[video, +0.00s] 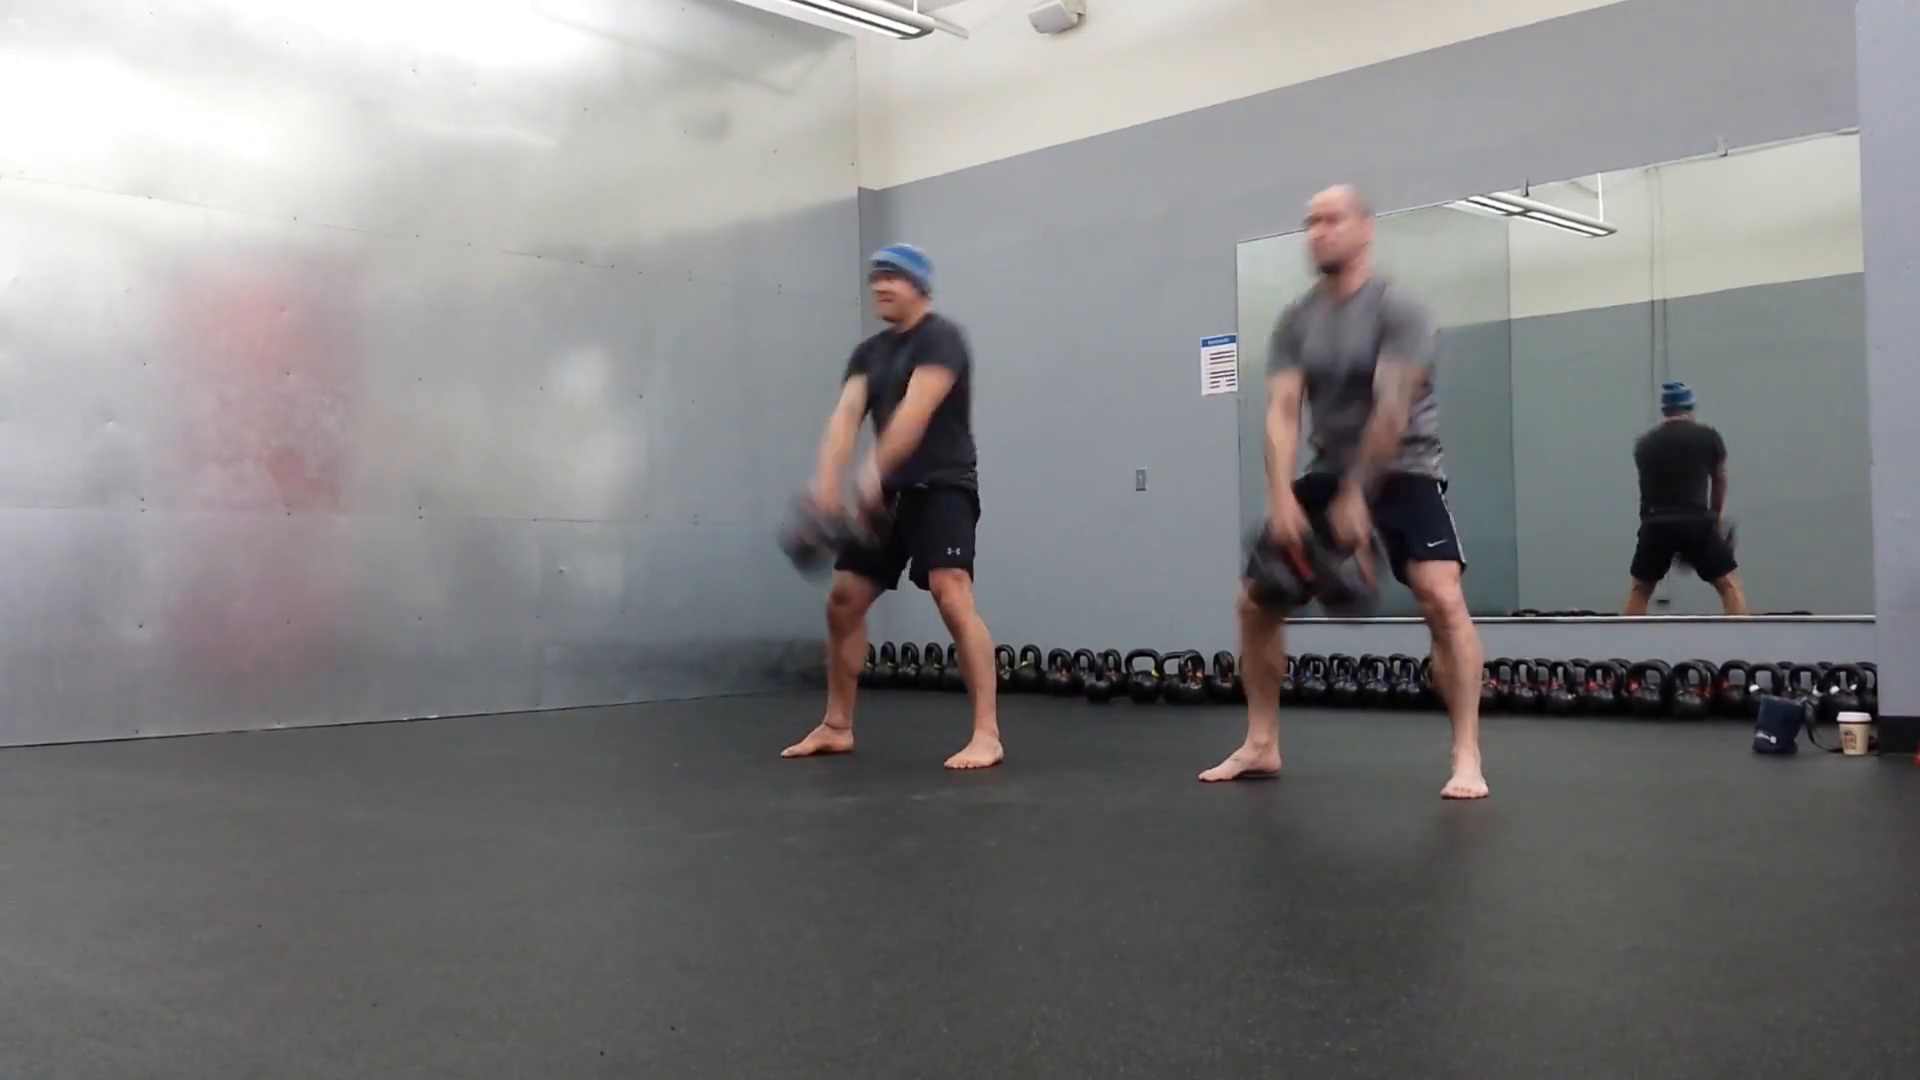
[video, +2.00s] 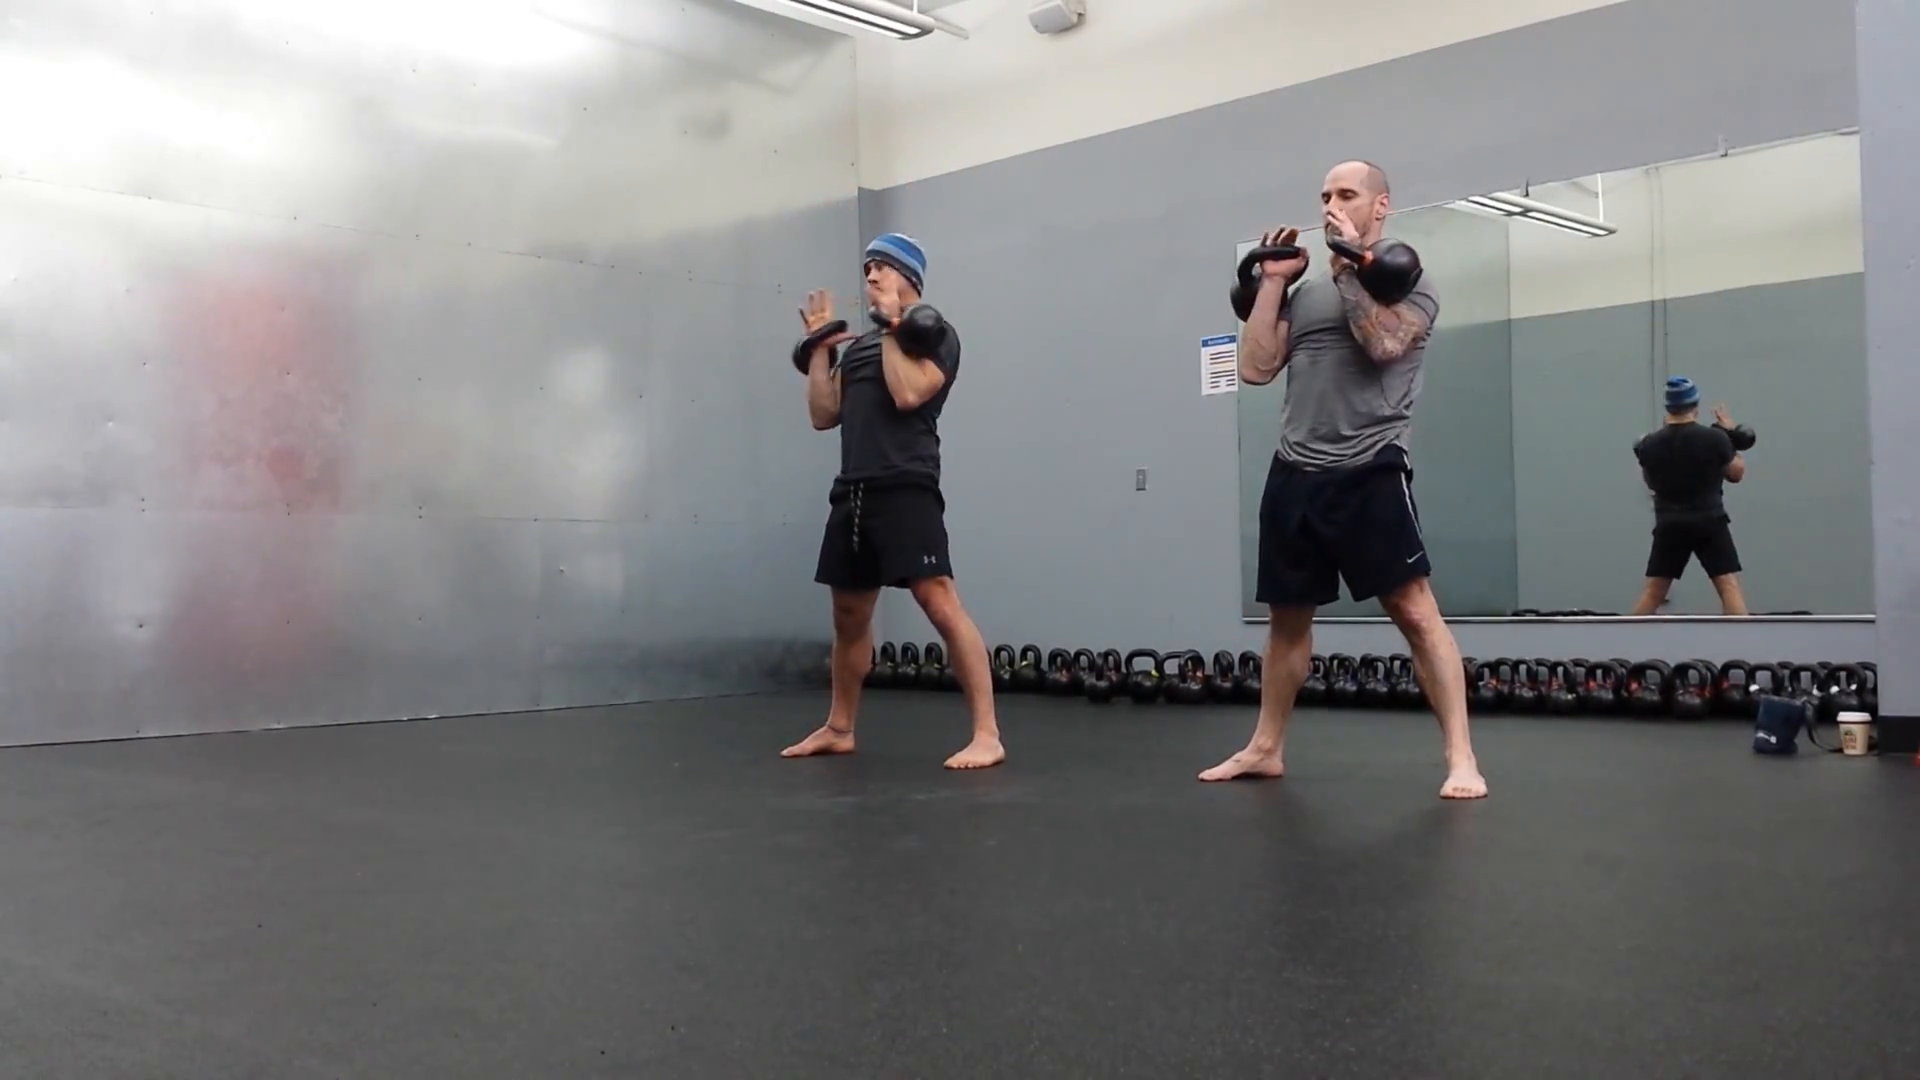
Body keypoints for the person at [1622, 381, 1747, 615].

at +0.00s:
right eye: (1689, 408)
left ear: (1664, 410)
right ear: (1690, 408)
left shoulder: (1644, 443)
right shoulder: (1708, 437)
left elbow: (1647, 490)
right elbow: (1719, 484)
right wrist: (1715, 521)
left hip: (1656, 526)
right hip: (1697, 525)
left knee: (1639, 592)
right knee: (1728, 587)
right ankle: (1743, 647)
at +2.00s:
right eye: (1695, 404)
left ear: (1667, 407)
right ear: (1695, 406)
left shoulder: (1649, 445)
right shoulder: (1713, 439)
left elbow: (1651, 483)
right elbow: (1736, 474)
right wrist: (1729, 435)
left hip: (1670, 528)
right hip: (1710, 526)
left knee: (1653, 594)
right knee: (1728, 588)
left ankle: (1623, 647)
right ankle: (1746, 647)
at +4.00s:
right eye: (1693, 413)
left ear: (1669, 413)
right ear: (1695, 414)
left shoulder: (1647, 445)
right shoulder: (1711, 442)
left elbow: (1647, 492)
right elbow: (1727, 488)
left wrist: (1651, 524)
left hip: (1656, 529)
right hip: (1698, 528)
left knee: (1640, 595)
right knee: (1731, 589)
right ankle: (1747, 646)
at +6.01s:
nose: (1694, 409)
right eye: (1694, 405)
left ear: (1667, 410)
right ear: (1694, 407)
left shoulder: (1653, 438)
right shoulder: (1712, 431)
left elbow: (1646, 412)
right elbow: (1750, 402)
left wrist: (1649, 379)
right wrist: (1732, 368)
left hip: (1672, 527)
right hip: (1710, 525)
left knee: (1653, 595)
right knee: (1728, 590)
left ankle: (1622, 647)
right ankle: (1748, 648)